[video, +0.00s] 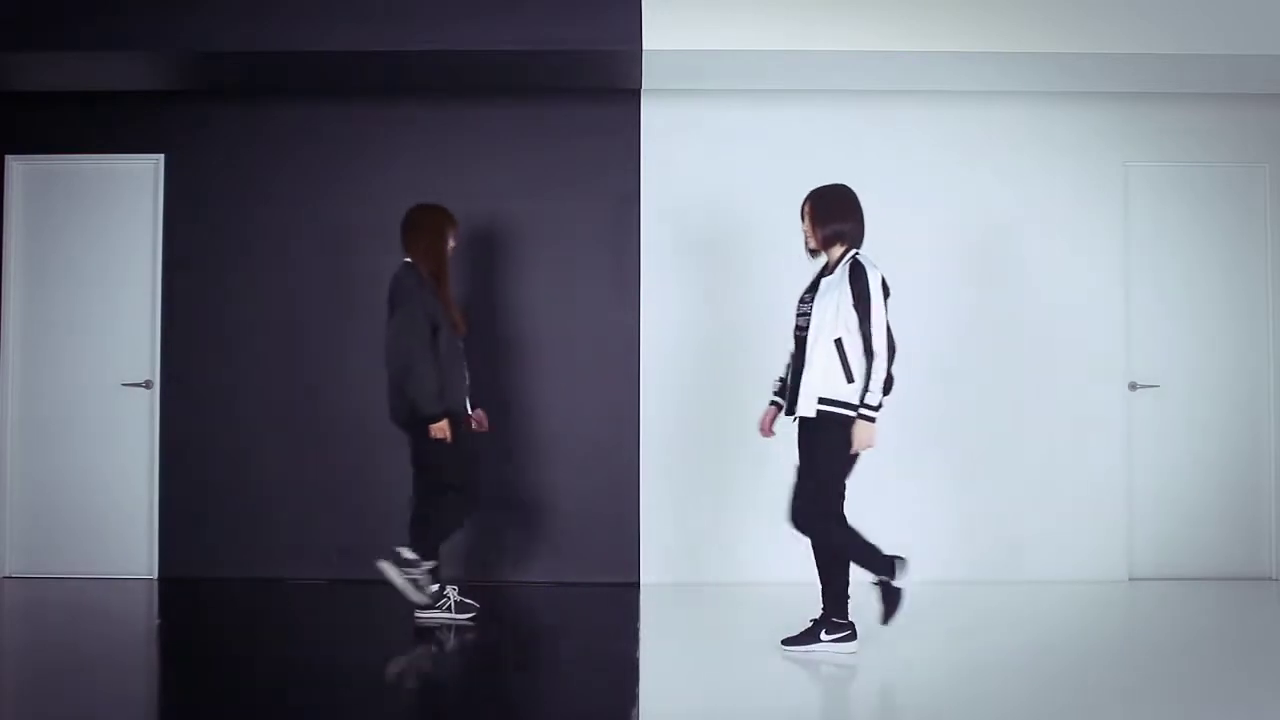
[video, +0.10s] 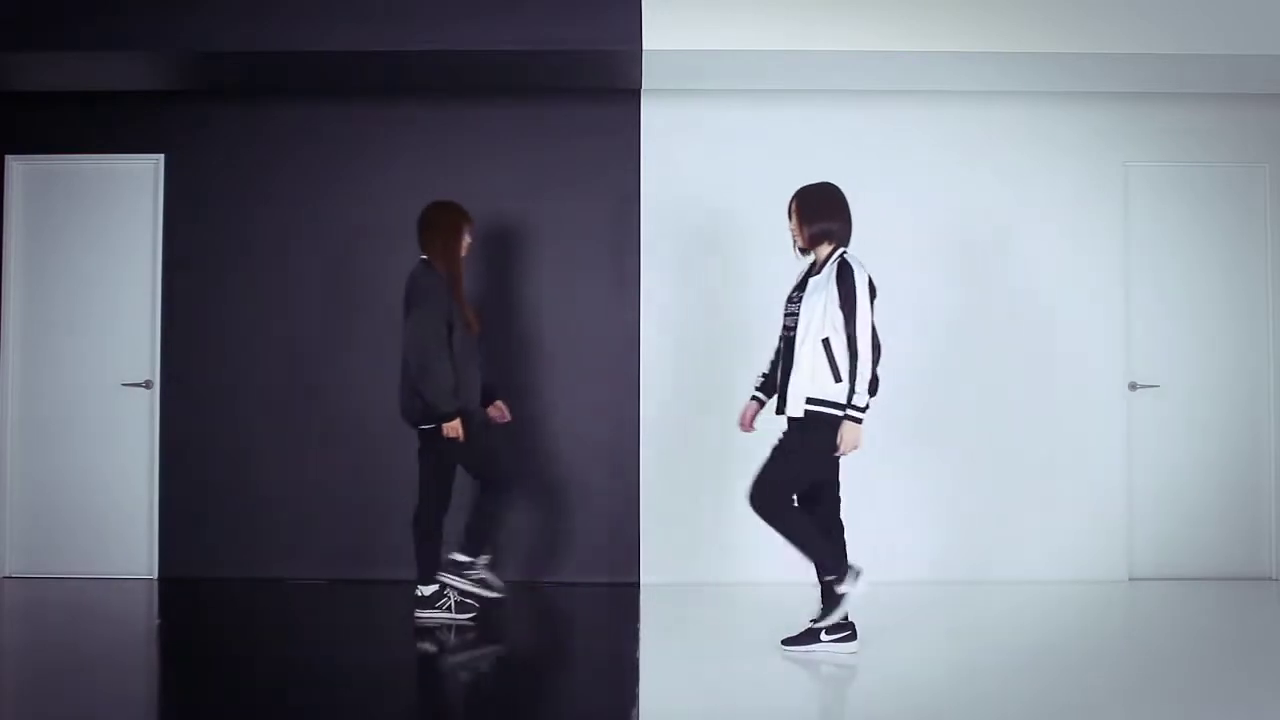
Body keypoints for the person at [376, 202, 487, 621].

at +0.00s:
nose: (453, 248)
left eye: (452, 239)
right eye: (449, 239)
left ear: (418, 241)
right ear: (433, 240)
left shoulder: (427, 283)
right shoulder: (411, 283)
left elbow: (442, 356)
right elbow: (414, 355)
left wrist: (463, 407)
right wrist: (433, 412)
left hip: (435, 412)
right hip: (428, 412)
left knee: (430, 494)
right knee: (459, 491)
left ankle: (432, 593)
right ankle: (412, 557)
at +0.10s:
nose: (469, 244)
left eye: (469, 235)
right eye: (464, 235)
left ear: (435, 236)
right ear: (447, 237)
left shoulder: (442, 280)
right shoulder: (429, 279)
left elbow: (458, 354)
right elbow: (430, 351)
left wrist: (486, 399)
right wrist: (446, 410)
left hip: (445, 411)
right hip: (439, 412)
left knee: (433, 499)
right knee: (495, 476)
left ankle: (428, 591)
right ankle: (469, 558)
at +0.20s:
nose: (485, 242)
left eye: (485, 234)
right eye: (481, 234)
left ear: (451, 237)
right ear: (464, 237)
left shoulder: (456, 279)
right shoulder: (447, 280)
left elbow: (471, 351)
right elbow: (441, 350)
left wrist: (497, 397)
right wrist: (458, 411)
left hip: (448, 412)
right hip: (457, 412)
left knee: (439, 500)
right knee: (516, 471)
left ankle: (429, 592)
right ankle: (511, 568)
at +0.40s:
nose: (518, 252)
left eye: (517, 243)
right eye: (512, 244)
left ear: (482, 248)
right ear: (495, 248)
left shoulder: (480, 286)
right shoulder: (485, 289)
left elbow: (482, 358)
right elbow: (481, 358)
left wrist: (497, 417)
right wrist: (493, 421)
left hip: (470, 422)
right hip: (483, 423)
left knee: (450, 507)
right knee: (521, 504)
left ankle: (430, 592)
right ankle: (569, 582)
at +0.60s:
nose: (556, 247)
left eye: (554, 239)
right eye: (550, 240)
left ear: (522, 245)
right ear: (533, 244)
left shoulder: (523, 285)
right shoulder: (524, 287)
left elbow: (524, 359)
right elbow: (522, 360)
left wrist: (543, 417)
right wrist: (537, 421)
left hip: (518, 419)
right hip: (523, 421)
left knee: (489, 499)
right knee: (550, 504)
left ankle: (442, 579)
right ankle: (578, 587)